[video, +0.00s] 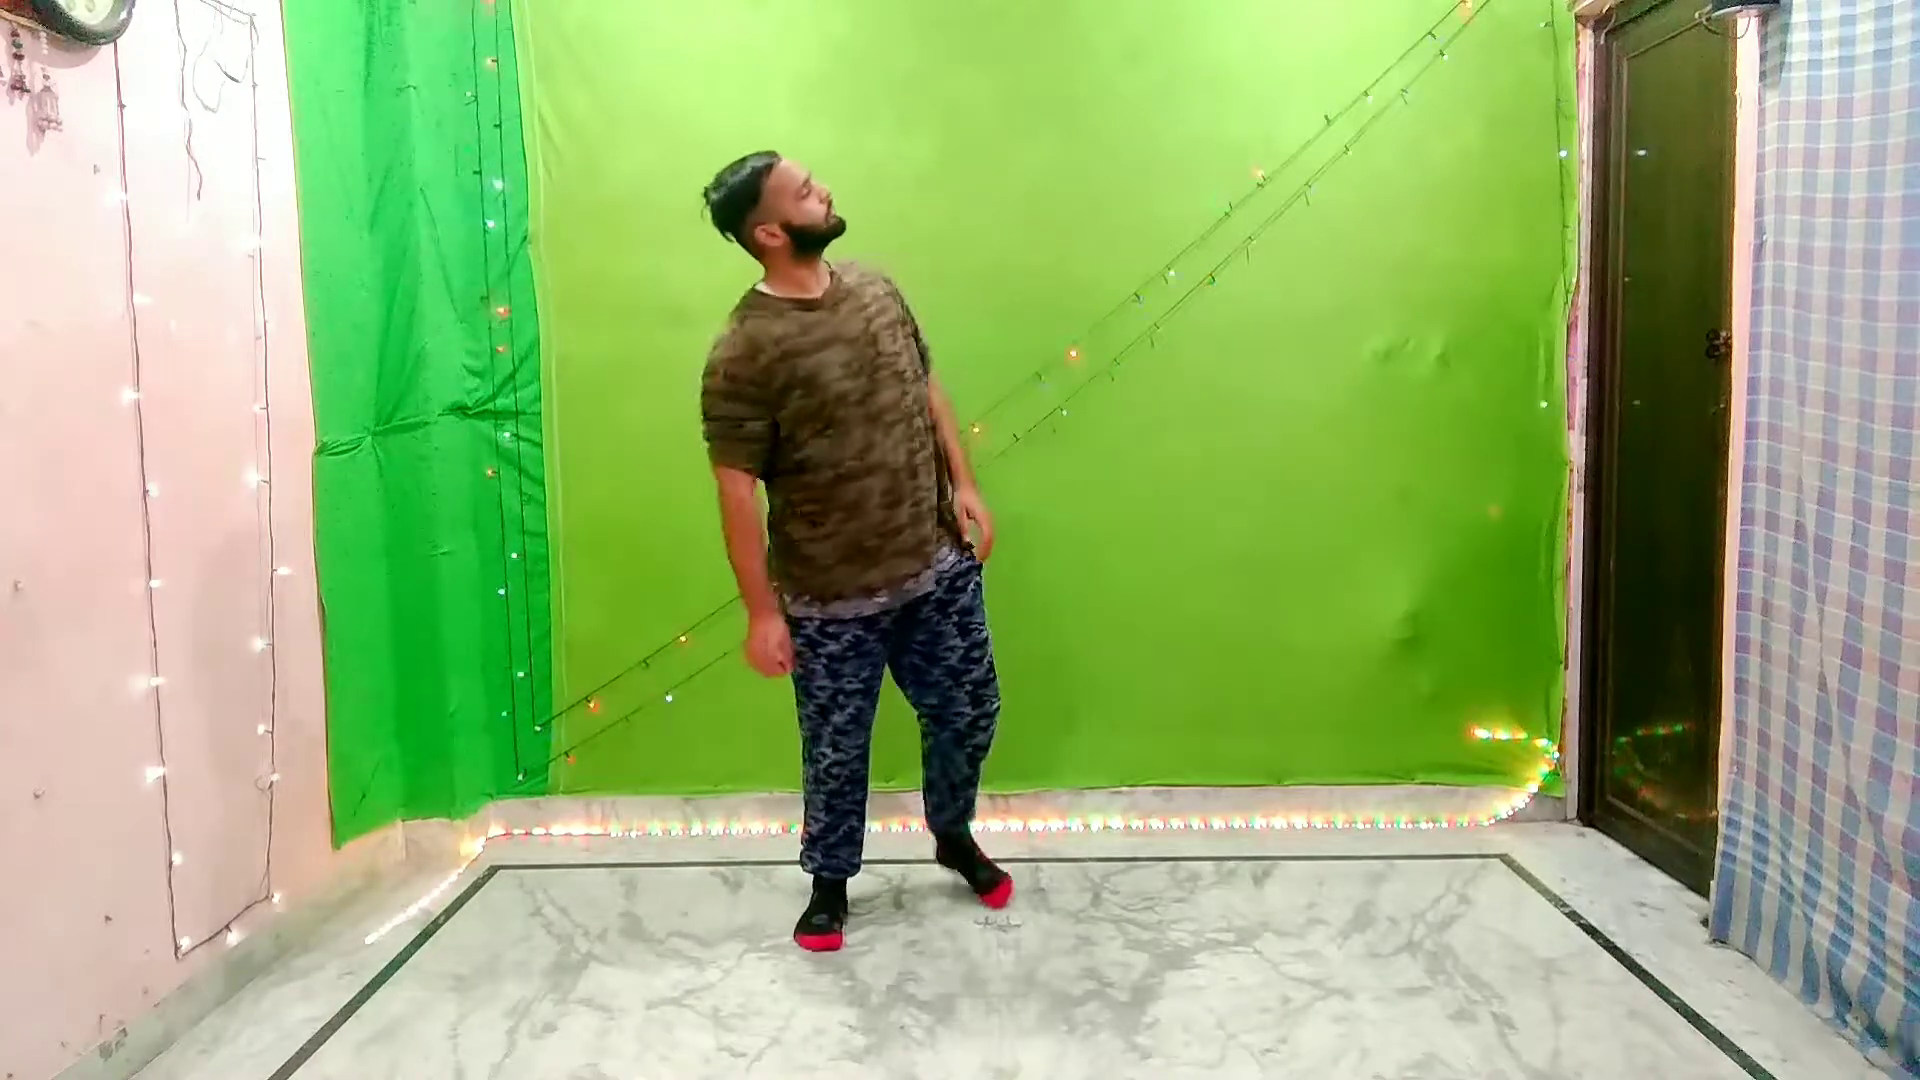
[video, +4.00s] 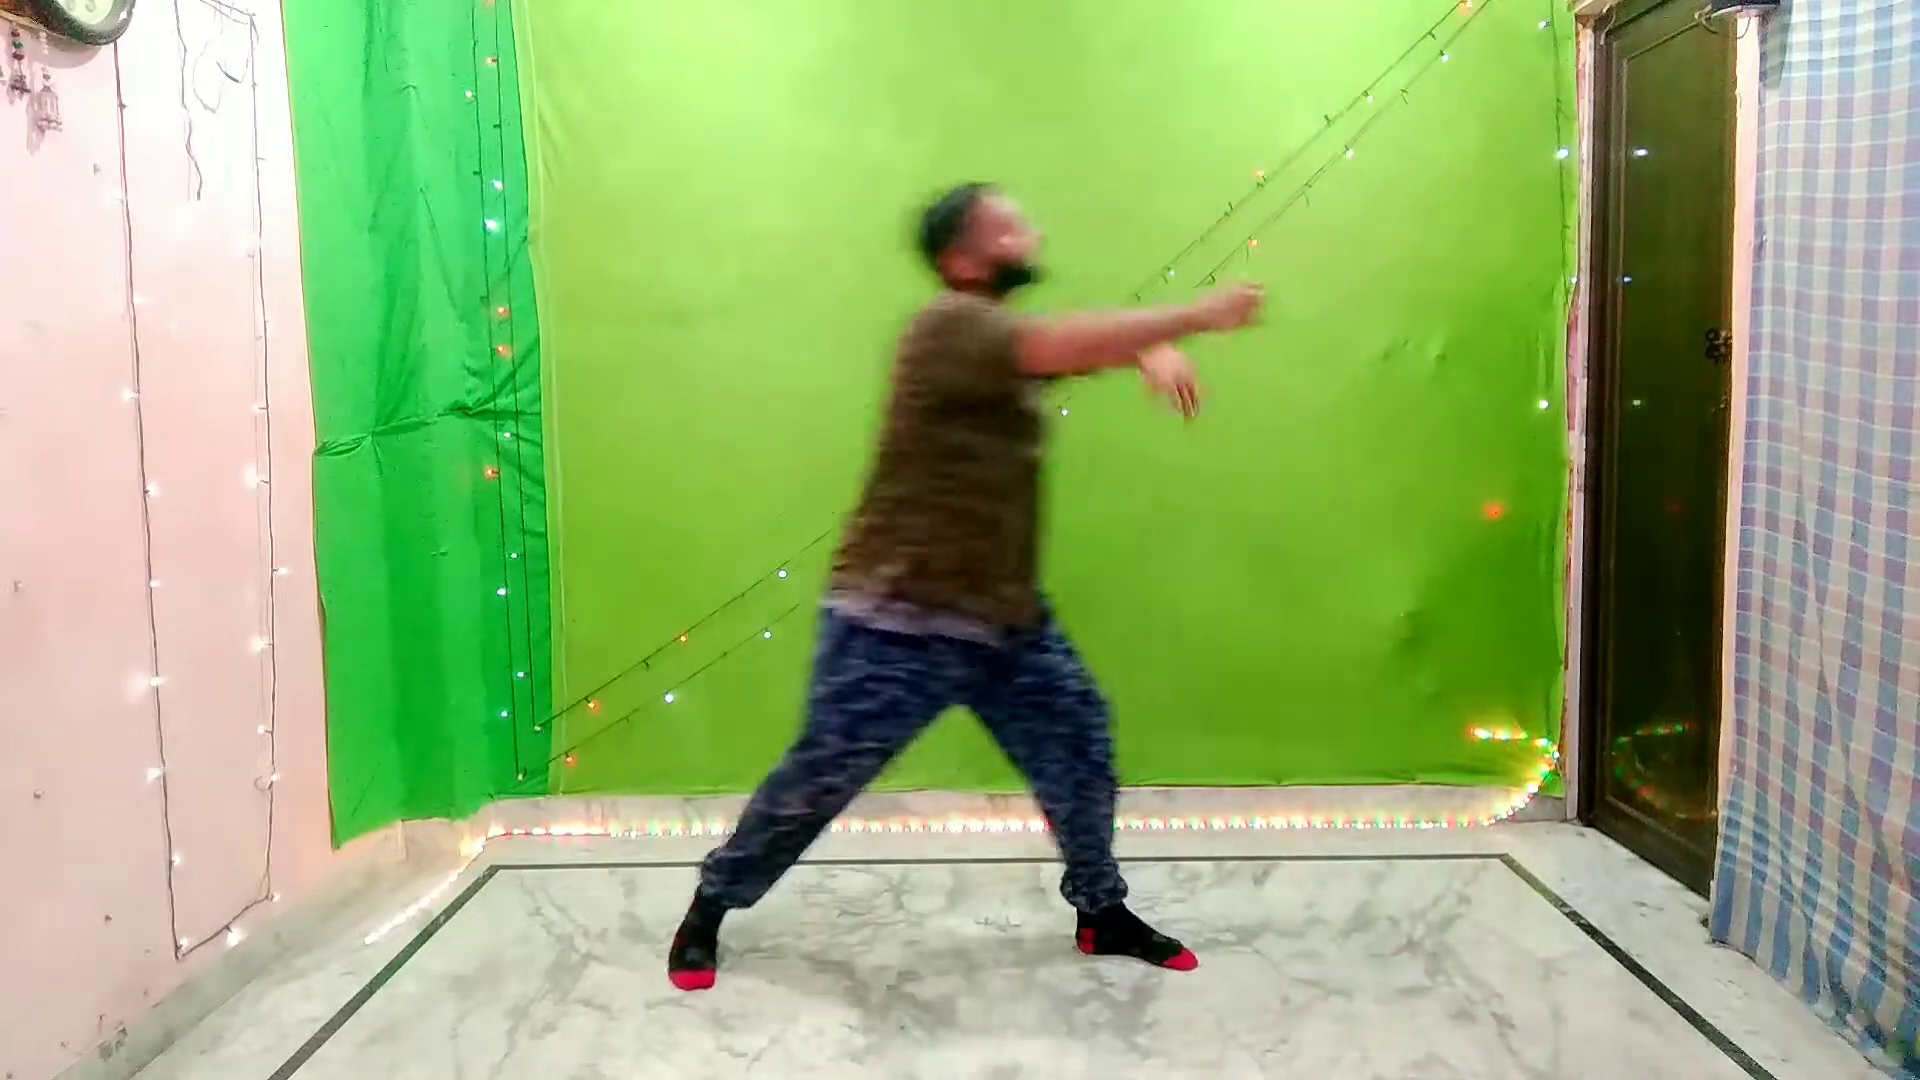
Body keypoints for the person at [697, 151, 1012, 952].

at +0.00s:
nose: (820, 187)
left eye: (809, 177)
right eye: (800, 188)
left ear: (787, 224)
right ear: (764, 234)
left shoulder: (873, 292)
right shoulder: (745, 355)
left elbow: (927, 395)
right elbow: (737, 487)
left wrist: (964, 485)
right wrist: (761, 610)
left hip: (933, 566)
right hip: (831, 594)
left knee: (969, 712)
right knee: (836, 752)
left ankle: (952, 831)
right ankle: (828, 886)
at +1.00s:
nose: (1100, 166)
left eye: (1092, 157)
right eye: (1078, 162)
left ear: (1083, 197)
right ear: (1038, 202)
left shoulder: (1134, 277)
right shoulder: (1009, 309)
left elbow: (1203, 311)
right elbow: (970, 437)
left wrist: (1257, 398)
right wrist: (972, 572)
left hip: (1143, 544)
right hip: (1055, 550)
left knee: (1117, 726)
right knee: (1083, 723)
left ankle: (1070, 877)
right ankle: (1057, 907)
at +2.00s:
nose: (1289, 179)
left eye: (1277, 167)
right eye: (1268, 177)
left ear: (1240, 218)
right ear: (1226, 223)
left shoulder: (1296, 287)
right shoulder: (1227, 321)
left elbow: (1350, 406)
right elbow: (1321, 441)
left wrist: (1395, 339)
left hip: (1392, 578)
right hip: (1300, 601)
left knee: (1440, 745)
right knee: (1298, 775)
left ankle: (1442, 915)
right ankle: (1251, 940)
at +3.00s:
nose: (1412, 157)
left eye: (1398, 147)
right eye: (1391, 159)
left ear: (1371, 212)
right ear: (1357, 214)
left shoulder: (1428, 292)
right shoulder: (1346, 301)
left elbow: (1508, 384)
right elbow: (1456, 410)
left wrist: (1555, 277)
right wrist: (1496, 282)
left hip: (1458, 569)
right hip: (1368, 571)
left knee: (1490, 746)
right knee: (1393, 747)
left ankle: (1448, 917)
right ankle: (1271, 917)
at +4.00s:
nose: (1022, 229)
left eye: (1015, 218)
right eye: (1004, 221)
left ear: (987, 250)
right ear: (962, 252)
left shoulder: (1001, 332)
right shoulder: (947, 330)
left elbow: (1081, 338)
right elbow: (1059, 348)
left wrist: (1147, 351)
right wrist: (1197, 312)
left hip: (999, 616)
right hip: (897, 614)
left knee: (1076, 739)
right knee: (826, 771)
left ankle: (1102, 911)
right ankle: (710, 904)